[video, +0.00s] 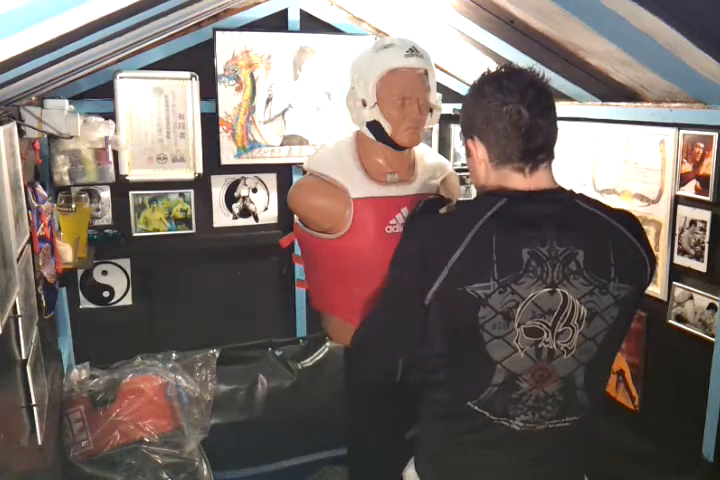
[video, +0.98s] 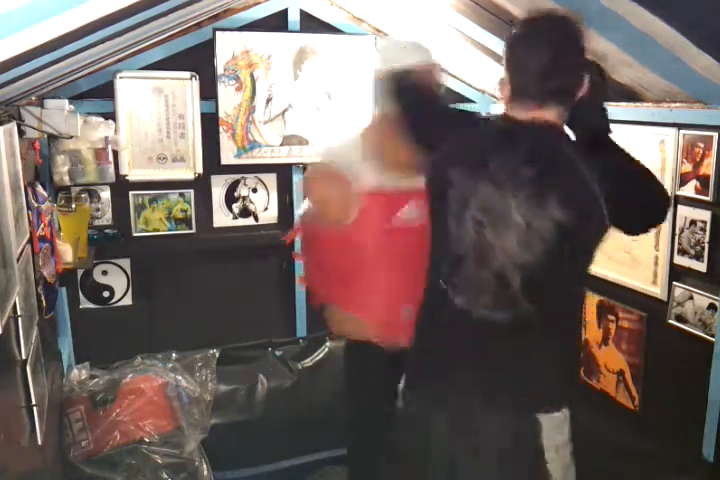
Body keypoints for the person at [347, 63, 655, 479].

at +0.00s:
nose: (466, 160)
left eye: (465, 148)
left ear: (477, 154)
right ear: (552, 143)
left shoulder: (440, 234)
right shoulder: (625, 238)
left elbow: (372, 360)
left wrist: (379, 467)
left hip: (456, 459)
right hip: (569, 461)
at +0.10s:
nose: (466, 159)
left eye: (465, 148)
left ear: (476, 154)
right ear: (551, 143)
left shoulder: (440, 235)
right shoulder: (624, 238)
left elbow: (372, 359)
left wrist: (378, 467)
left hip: (455, 461)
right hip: (566, 463)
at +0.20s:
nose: (467, 158)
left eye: (465, 146)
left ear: (477, 153)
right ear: (551, 142)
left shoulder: (437, 237)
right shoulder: (624, 236)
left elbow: (372, 345)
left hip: (458, 461)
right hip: (567, 462)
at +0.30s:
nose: (468, 158)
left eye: (466, 146)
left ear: (477, 152)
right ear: (556, 141)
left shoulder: (443, 234)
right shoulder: (618, 229)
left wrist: (421, 188)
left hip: (463, 459)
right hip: (567, 458)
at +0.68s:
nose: (451, 171)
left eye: (453, 161)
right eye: (451, 162)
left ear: (466, 172)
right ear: (536, 160)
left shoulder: (460, 262)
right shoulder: (579, 236)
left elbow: (397, 319)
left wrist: (429, 217)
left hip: (472, 447)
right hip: (554, 440)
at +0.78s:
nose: (457, 165)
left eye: (460, 155)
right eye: (459, 155)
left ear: (471, 165)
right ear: (539, 163)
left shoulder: (456, 271)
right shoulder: (579, 242)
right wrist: (466, 240)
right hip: (545, 452)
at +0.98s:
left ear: (505, 82)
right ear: (580, 90)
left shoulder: (459, 145)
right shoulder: (590, 177)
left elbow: (415, 105)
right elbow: (651, 209)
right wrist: (594, 131)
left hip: (439, 379)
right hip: (531, 396)